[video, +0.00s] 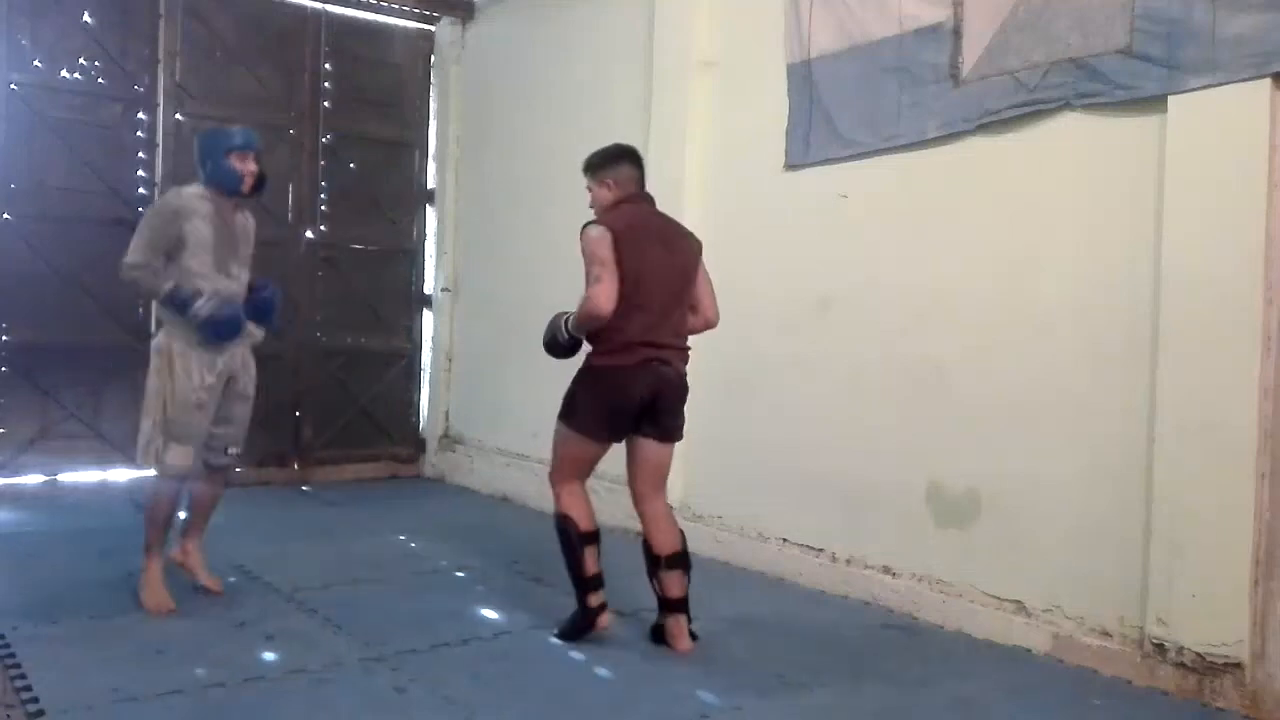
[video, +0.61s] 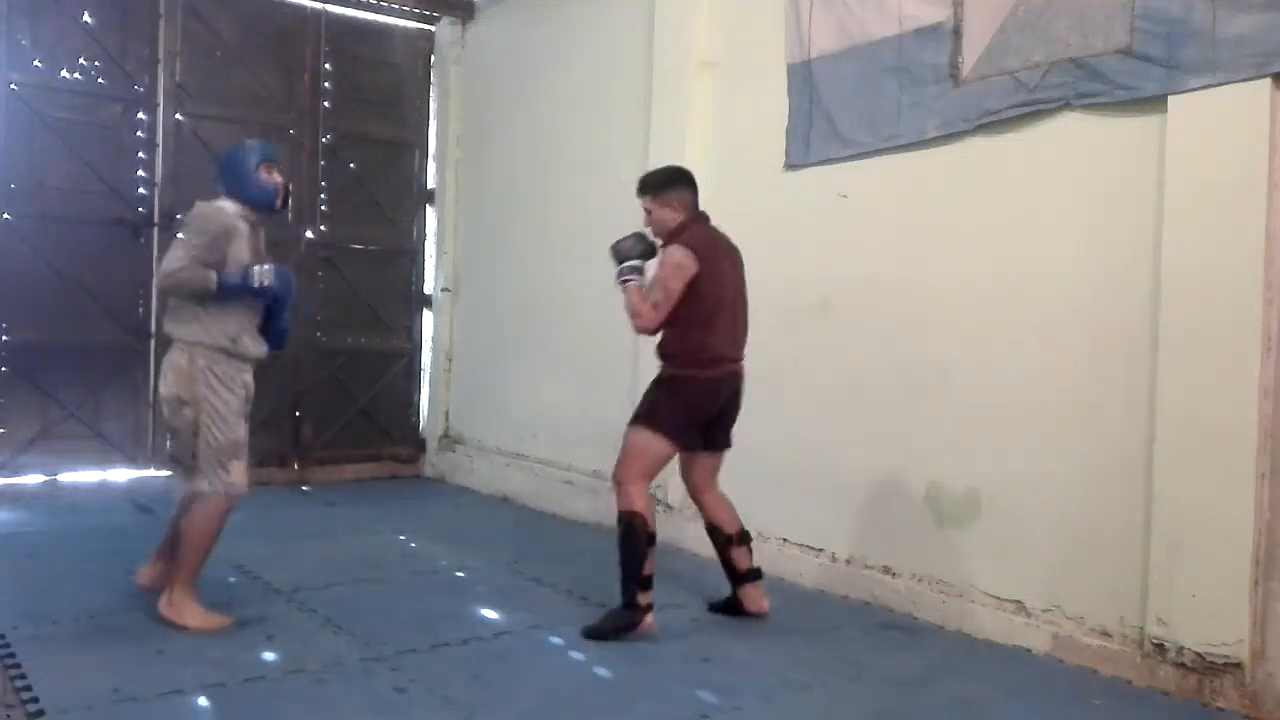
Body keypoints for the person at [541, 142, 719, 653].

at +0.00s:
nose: (590, 199)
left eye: (591, 191)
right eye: (588, 191)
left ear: (609, 187)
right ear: (639, 186)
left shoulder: (602, 230)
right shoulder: (684, 237)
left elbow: (601, 304)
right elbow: (706, 315)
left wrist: (569, 328)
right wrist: (653, 325)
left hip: (610, 379)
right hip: (667, 384)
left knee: (568, 479)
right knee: (652, 494)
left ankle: (592, 606)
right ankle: (677, 624)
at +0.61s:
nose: (647, 221)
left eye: (650, 210)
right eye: (646, 211)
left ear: (675, 206)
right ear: (688, 205)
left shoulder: (684, 248)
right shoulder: (722, 245)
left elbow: (645, 319)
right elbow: (697, 313)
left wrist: (629, 273)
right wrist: (650, 273)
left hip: (684, 384)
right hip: (724, 384)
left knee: (630, 479)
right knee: (703, 485)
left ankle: (636, 608)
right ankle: (750, 594)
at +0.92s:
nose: (675, 210)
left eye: (679, 201)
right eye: (673, 202)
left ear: (705, 197)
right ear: (712, 199)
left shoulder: (711, 238)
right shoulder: (740, 234)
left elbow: (667, 303)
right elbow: (705, 298)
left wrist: (656, 256)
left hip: (712, 377)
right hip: (745, 376)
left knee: (686, 479)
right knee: (731, 477)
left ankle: (719, 597)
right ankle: (770, 584)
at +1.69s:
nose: (643, 203)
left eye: (648, 193)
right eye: (643, 193)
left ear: (675, 194)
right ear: (682, 196)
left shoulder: (675, 240)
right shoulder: (709, 238)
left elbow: (652, 315)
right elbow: (693, 309)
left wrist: (620, 289)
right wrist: (639, 303)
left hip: (662, 380)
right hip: (698, 379)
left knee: (635, 483)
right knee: (697, 478)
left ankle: (661, 603)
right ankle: (754, 575)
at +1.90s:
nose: (632, 187)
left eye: (636, 178)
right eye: (632, 178)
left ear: (658, 178)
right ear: (675, 179)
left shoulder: (654, 217)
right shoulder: (708, 227)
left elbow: (606, 287)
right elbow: (719, 306)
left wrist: (582, 249)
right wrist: (665, 282)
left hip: (652, 360)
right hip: (688, 359)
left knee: (650, 480)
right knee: (646, 476)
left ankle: (671, 596)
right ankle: (643, 588)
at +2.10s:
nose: (647, 206)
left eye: (651, 198)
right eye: (648, 198)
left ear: (672, 198)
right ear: (692, 199)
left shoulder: (661, 239)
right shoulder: (719, 254)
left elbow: (593, 272)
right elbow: (714, 328)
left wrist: (519, 260)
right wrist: (665, 300)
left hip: (630, 372)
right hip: (671, 383)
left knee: (542, 434)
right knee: (624, 477)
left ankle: (589, 535)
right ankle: (623, 601)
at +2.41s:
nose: (666, 205)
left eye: (671, 197)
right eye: (668, 196)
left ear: (693, 202)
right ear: (708, 204)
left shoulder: (673, 239)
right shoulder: (734, 265)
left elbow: (641, 300)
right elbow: (713, 336)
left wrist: (597, 369)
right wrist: (660, 306)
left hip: (612, 344)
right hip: (652, 378)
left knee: (506, 332)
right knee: (615, 479)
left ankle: (404, 332)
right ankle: (618, 601)